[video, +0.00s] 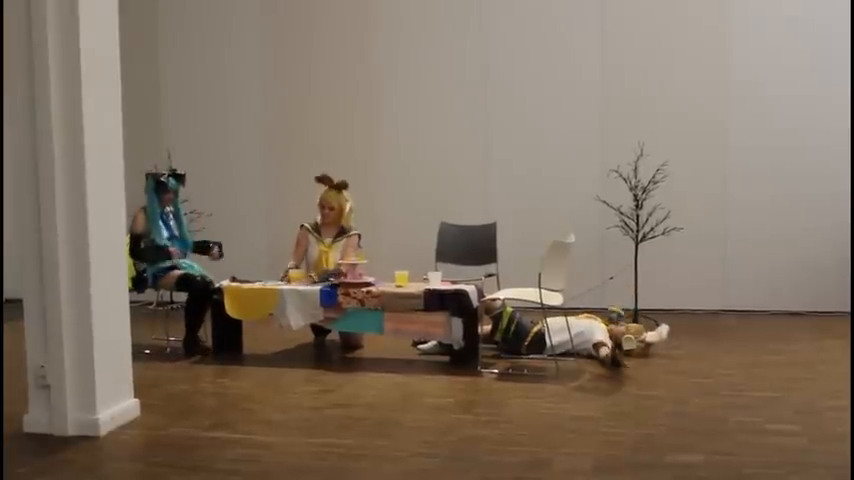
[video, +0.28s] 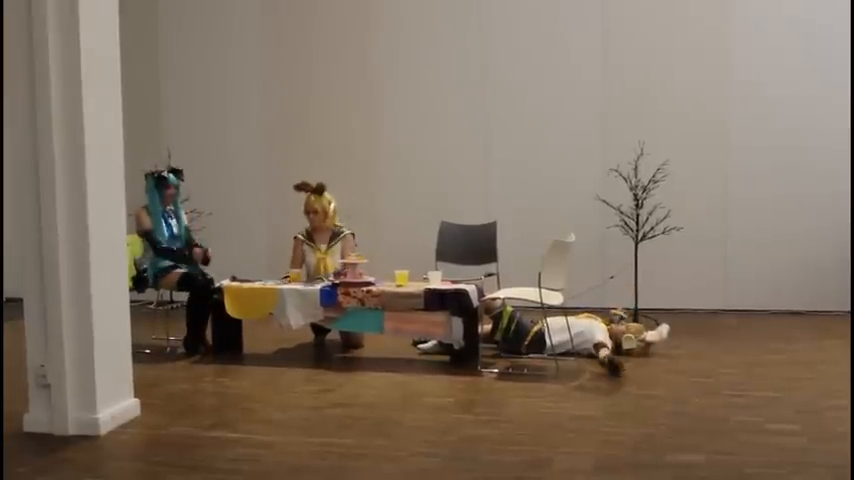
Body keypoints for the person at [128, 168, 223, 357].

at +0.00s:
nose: (171, 197)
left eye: (173, 193)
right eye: (167, 192)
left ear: (174, 194)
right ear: (158, 193)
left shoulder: (170, 213)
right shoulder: (144, 215)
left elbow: (179, 244)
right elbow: (136, 250)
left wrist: (205, 248)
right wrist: (166, 253)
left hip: (175, 265)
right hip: (156, 269)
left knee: (208, 287)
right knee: (198, 285)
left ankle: (193, 338)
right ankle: (190, 340)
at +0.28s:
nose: (173, 192)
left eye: (175, 188)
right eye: (168, 188)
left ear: (177, 190)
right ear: (158, 190)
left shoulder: (177, 212)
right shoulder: (145, 213)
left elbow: (187, 239)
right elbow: (157, 248)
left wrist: (199, 250)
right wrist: (187, 255)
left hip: (181, 264)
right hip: (161, 267)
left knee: (208, 284)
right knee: (198, 284)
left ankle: (200, 337)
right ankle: (192, 340)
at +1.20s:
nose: (186, 206)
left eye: (188, 202)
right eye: (183, 202)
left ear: (190, 202)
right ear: (172, 199)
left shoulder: (186, 218)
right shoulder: (154, 220)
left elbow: (192, 252)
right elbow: (165, 259)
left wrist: (200, 267)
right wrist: (193, 271)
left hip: (182, 268)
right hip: (161, 272)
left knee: (207, 285)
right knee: (199, 285)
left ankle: (199, 340)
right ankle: (192, 342)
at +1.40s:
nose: (188, 209)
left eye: (189, 205)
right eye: (185, 205)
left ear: (190, 205)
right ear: (174, 203)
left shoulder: (186, 221)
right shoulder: (154, 221)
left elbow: (192, 253)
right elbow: (165, 260)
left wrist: (200, 267)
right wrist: (193, 271)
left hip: (182, 269)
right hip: (161, 272)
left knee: (207, 284)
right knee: (199, 285)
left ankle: (199, 339)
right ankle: (192, 341)